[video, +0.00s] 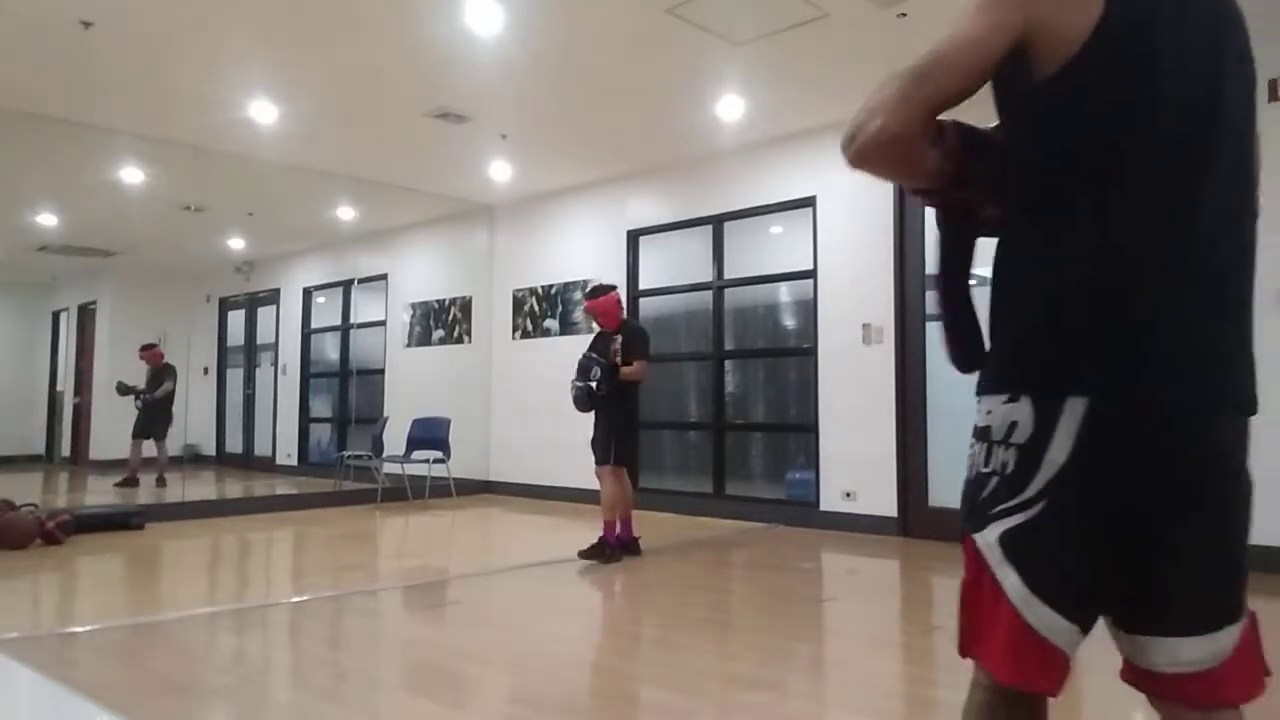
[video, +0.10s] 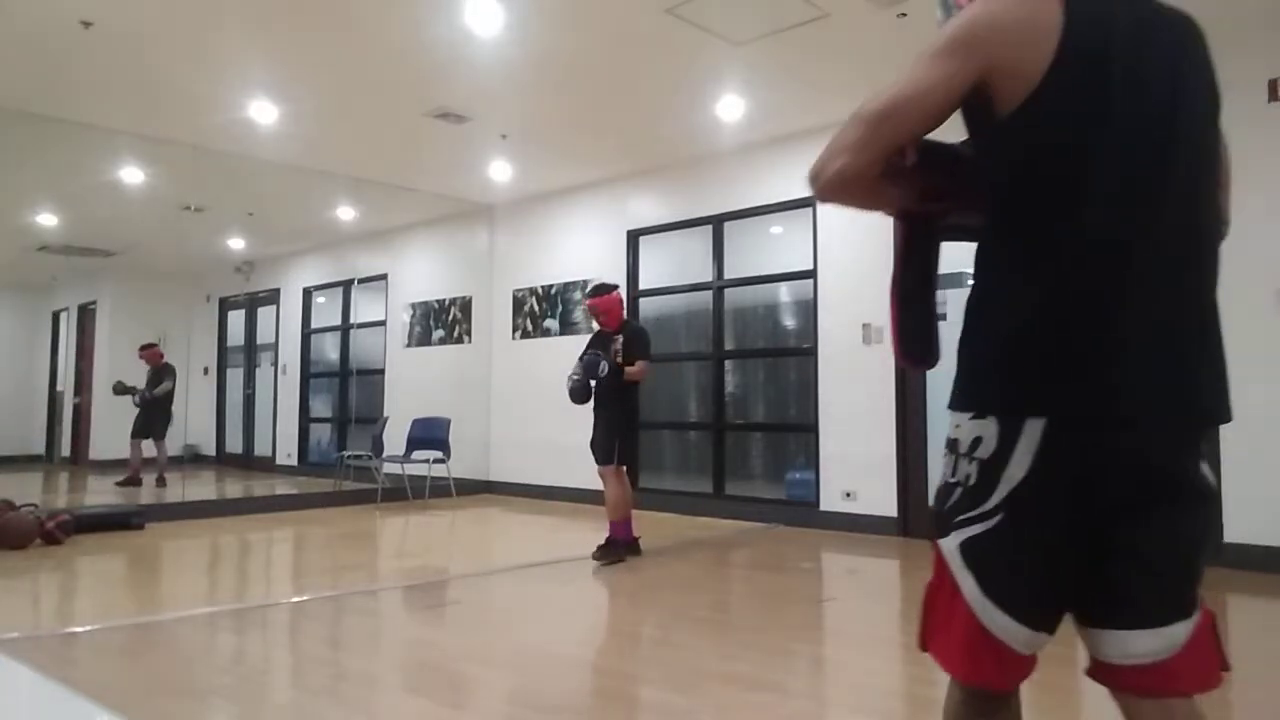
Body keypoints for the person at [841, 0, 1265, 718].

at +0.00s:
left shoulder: (1037, 4)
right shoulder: (1218, 17)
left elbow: (873, 137)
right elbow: (1217, 194)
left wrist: (983, 172)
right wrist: (1012, 185)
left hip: (1064, 384)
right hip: (1205, 385)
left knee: (1011, 676)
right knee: (1198, 686)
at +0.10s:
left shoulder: (1001, 20)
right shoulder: (1180, 33)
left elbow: (838, 172)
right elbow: (1212, 209)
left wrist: (960, 191)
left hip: (1030, 397)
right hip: (1169, 395)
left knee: (983, 675)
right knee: (1161, 682)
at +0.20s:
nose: (930, 21)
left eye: (929, 14)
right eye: (927, 17)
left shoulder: (959, 48)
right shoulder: (1138, 47)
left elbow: (804, 199)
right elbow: (1180, 218)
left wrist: (926, 217)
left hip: (999, 398)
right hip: (1126, 391)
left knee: (958, 657)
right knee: (1099, 661)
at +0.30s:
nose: (916, 17)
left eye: (918, 12)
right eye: (915, 14)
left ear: (941, 5)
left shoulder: (925, 69)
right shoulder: (1104, 64)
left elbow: (790, 214)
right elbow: (1150, 225)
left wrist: (907, 230)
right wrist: (1047, 247)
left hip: (964, 403)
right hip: (1090, 395)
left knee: (944, 650)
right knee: (1079, 643)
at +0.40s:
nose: (908, 18)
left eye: (910, 11)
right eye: (909, 15)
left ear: (928, 6)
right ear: (1023, 4)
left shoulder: (904, 79)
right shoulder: (1084, 73)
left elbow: (785, 222)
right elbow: (1130, 234)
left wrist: (864, 233)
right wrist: (1032, 226)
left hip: (940, 399)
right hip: (1062, 395)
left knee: (940, 643)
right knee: (1075, 623)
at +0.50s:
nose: (906, 21)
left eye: (908, 14)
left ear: (923, 10)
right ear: (1021, 9)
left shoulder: (895, 84)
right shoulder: (1076, 80)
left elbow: (793, 227)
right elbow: (1111, 244)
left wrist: (870, 239)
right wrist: (1009, 241)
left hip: (932, 393)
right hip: (1048, 391)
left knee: (939, 635)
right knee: (1061, 616)